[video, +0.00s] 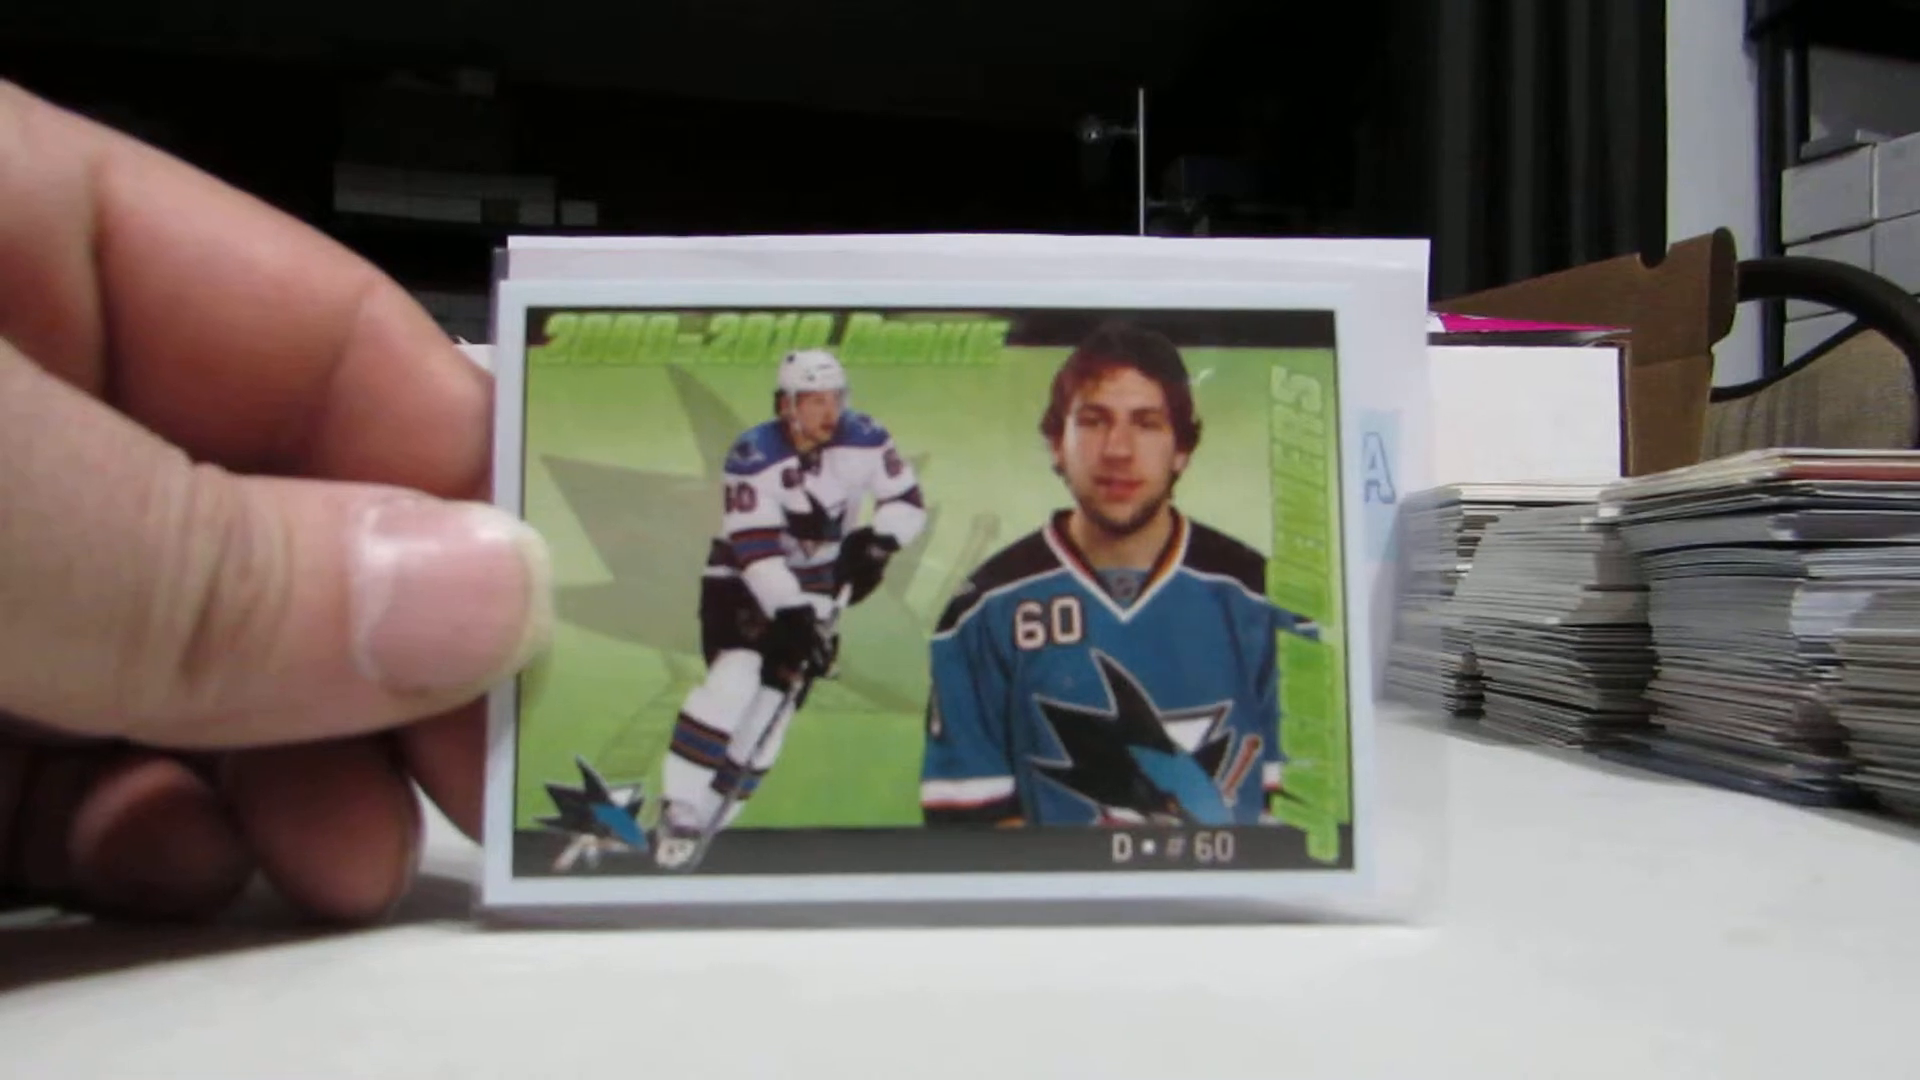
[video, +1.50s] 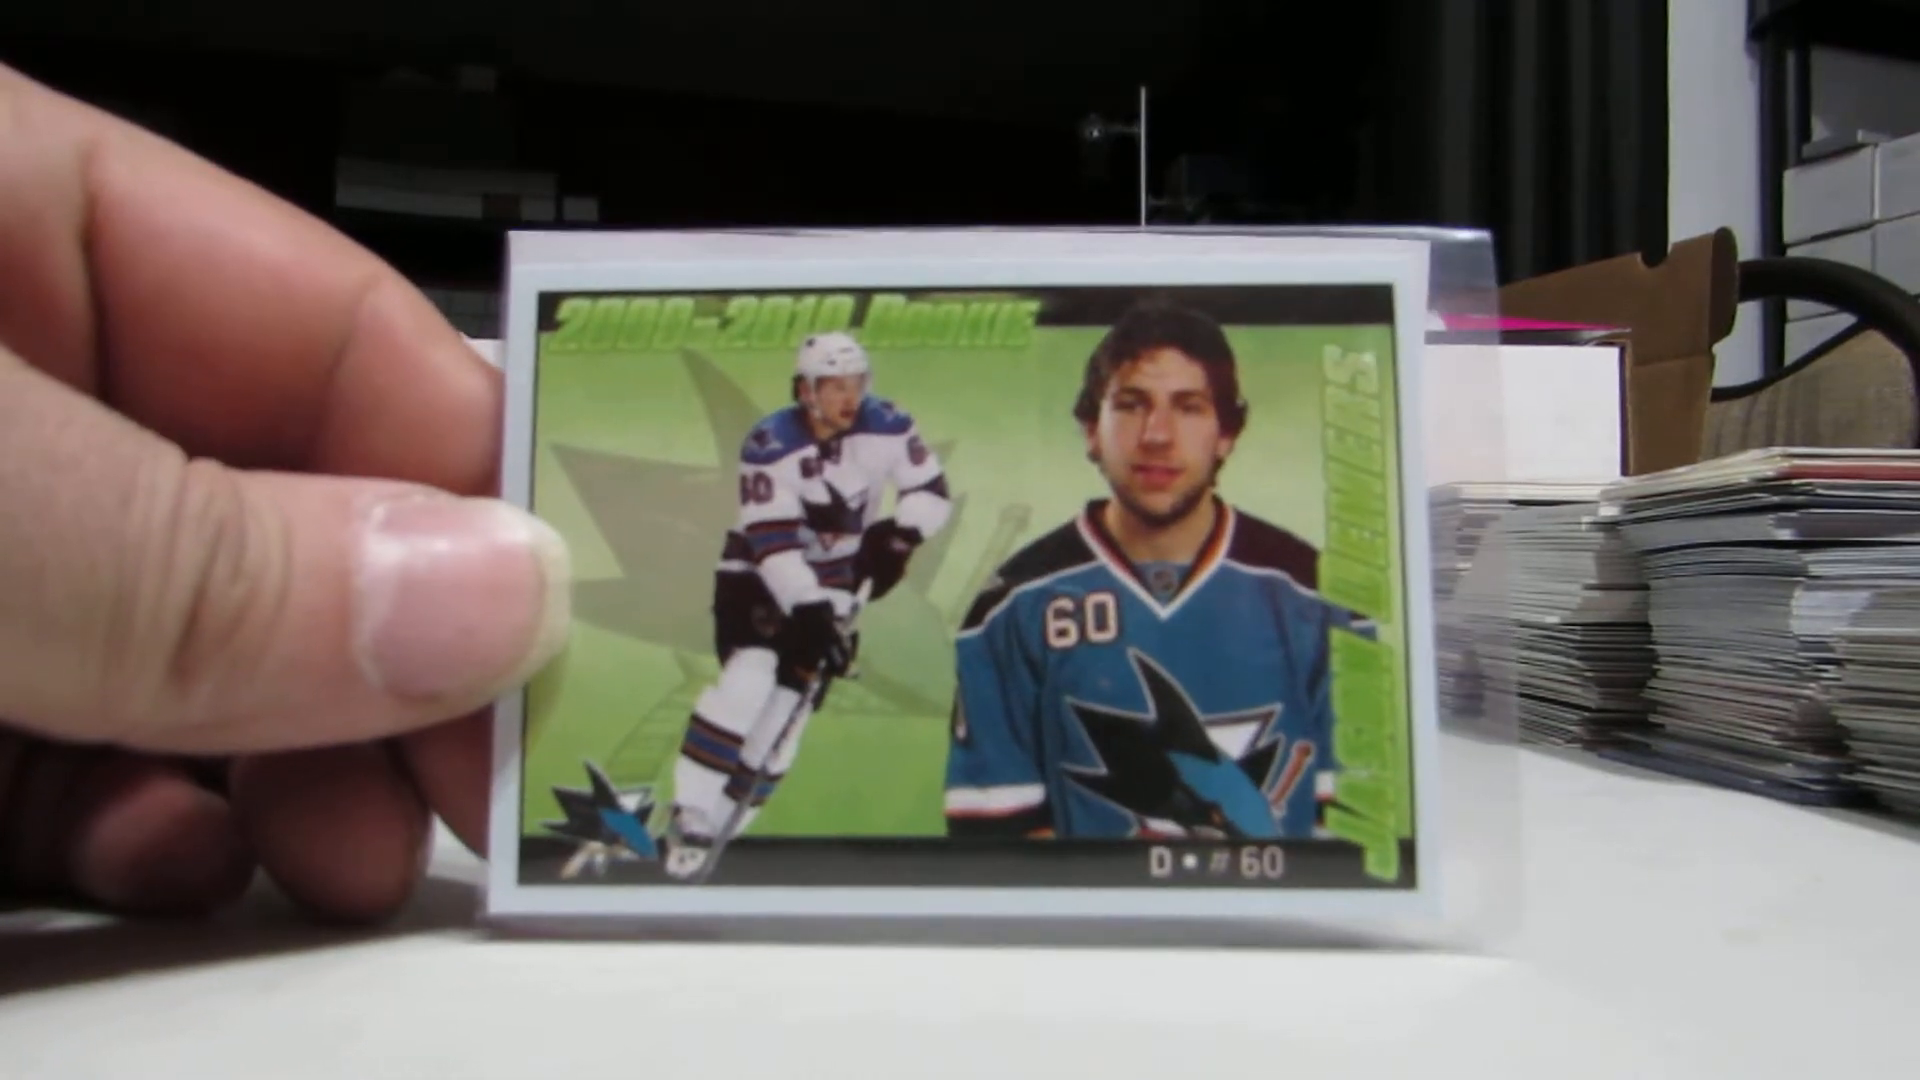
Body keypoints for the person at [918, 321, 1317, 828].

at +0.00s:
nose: (1117, 448)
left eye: (1146, 423)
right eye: (1093, 421)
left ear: (1181, 450)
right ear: (1057, 444)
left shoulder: (1259, 592)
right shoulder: (988, 608)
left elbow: (1296, 803)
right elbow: (970, 823)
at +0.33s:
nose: (1120, 447)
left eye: (1148, 422)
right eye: (1095, 419)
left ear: (1183, 450)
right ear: (1059, 443)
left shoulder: (1266, 593)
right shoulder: (990, 606)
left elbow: (1302, 805)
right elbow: (973, 821)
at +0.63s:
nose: (1130, 442)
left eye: (1159, 416)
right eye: (1105, 414)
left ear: (1195, 444)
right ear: (1068, 437)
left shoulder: (1276, 590)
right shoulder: (998, 602)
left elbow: (1314, 806)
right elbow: (977, 822)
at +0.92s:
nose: (1145, 429)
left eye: (1175, 402)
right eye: (1120, 400)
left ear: (1213, 431)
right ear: (1081, 426)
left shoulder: (1299, 583)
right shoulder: (1007, 596)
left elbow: (1338, 813)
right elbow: (983, 832)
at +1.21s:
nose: (1155, 433)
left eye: (1186, 406)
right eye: (1129, 404)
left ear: (1224, 435)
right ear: (1090, 431)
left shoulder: (1314, 591)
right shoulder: (1016, 603)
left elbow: (1353, 824)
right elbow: (994, 842)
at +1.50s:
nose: (1157, 433)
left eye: (1187, 407)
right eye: (1131, 405)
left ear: (1225, 435)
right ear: (1092, 432)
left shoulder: (1315, 590)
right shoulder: (1017, 604)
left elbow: (1356, 823)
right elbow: (998, 839)